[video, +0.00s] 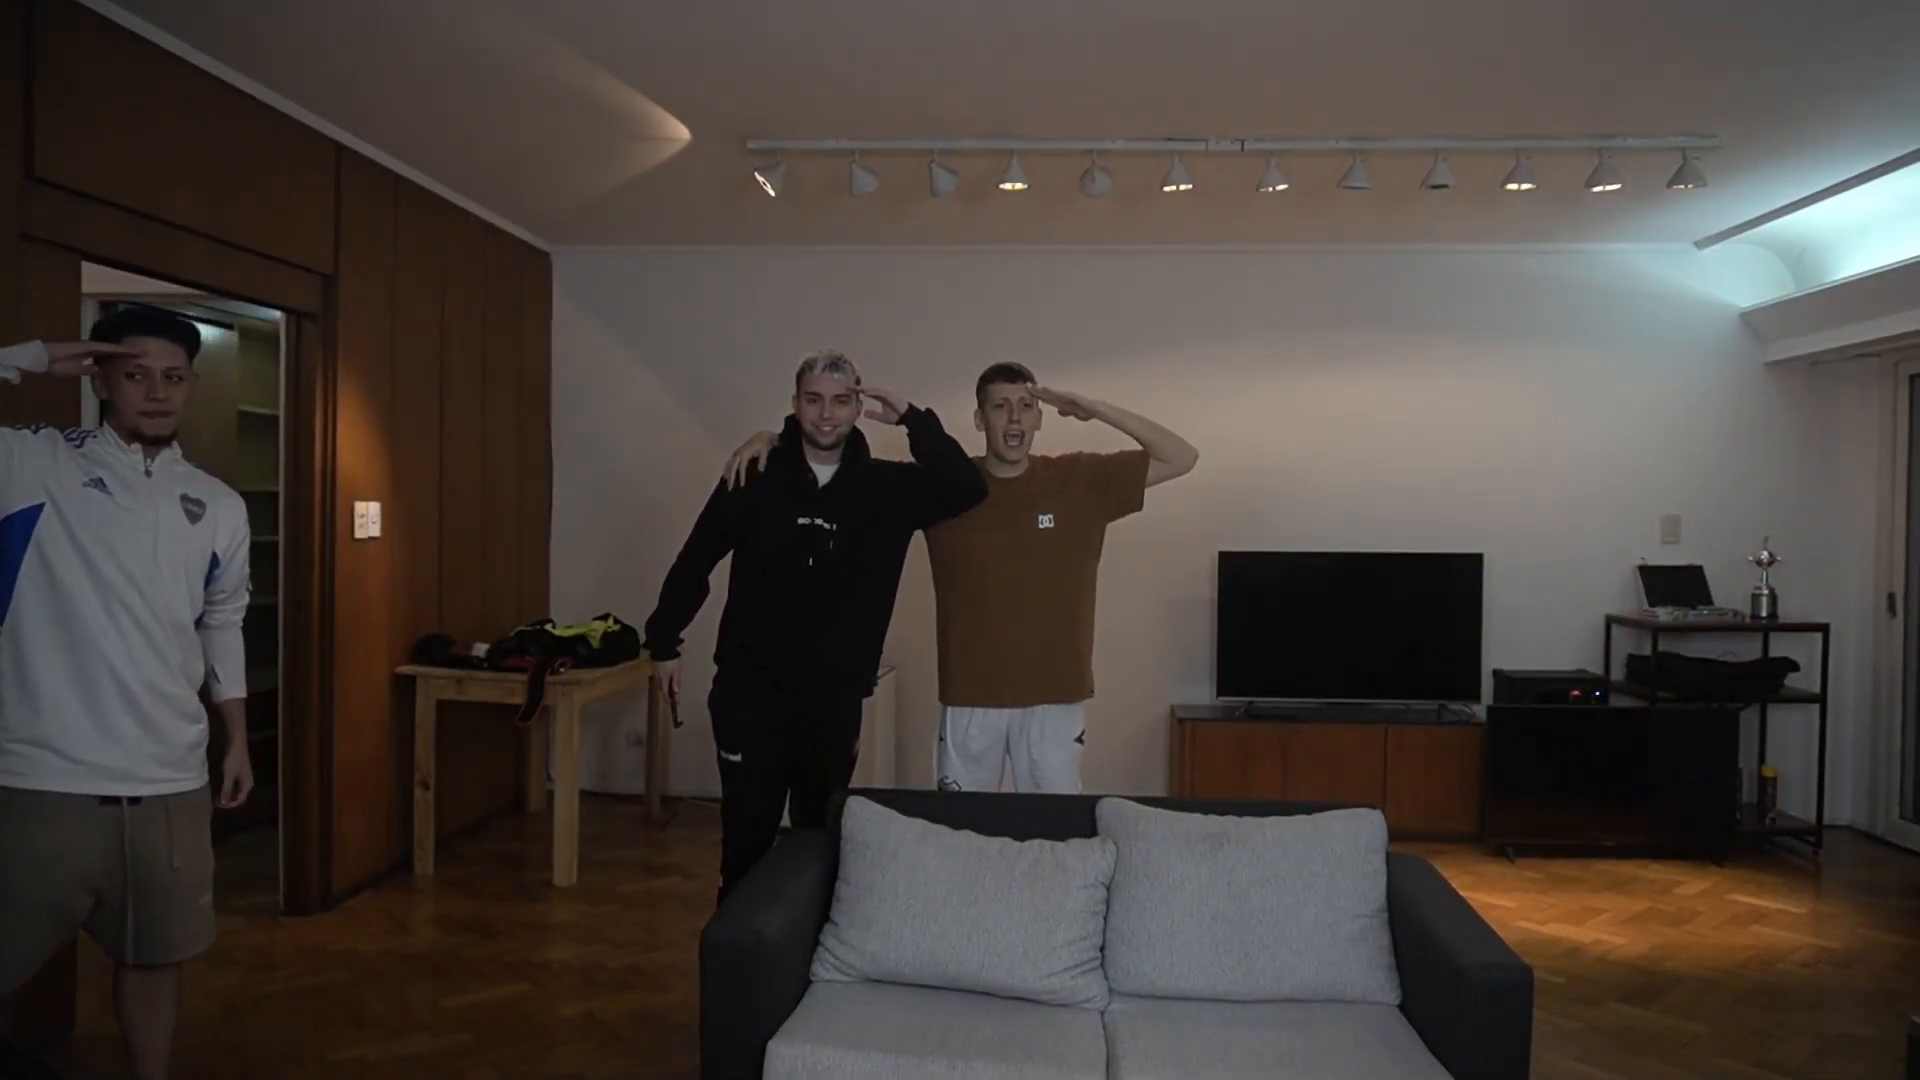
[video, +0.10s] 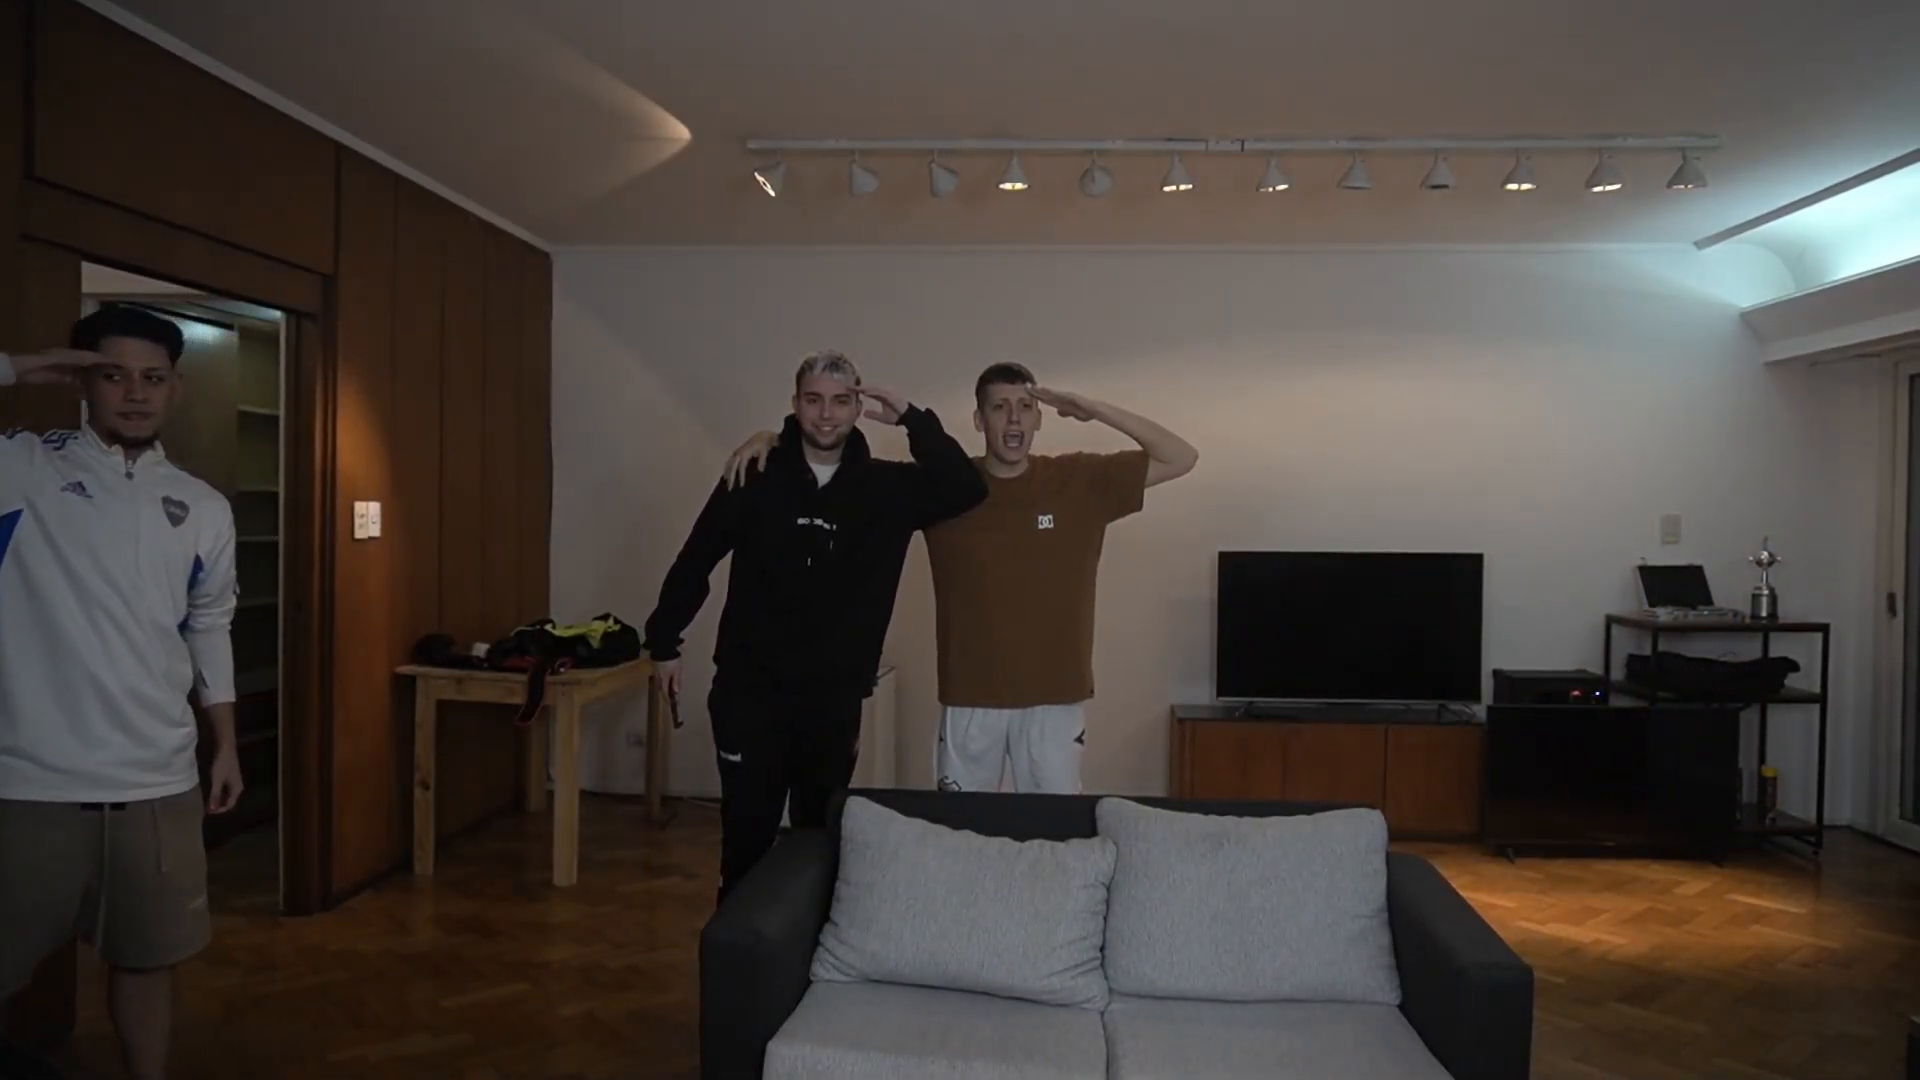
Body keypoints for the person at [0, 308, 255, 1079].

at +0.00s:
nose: (156, 391)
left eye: (173, 376)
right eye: (136, 373)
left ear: (191, 388)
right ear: (101, 381)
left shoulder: (219, 507)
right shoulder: (31, 465)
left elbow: (225, 623)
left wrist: (235, 735)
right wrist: (32, 358)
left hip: (169, 778)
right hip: (41, 774)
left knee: (155, 963)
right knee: (16, 972)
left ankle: (152, 1076)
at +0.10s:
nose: (135, 391)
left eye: (153, 376)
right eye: (115, 373)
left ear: (174, 390)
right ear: (81, 382)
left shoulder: (202, 508)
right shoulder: (21, 469)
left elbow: (211, 627)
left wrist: (225, 741)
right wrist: (26, 366)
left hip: (156, 781)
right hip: (31, 778)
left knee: (147, 965)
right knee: (11, 975)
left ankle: (150, 1077)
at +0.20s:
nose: (109, 389)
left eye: (126, 375)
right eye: (90, 373)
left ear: (148, 390)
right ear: (58, 386)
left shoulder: (181, 509)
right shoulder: (9, 473)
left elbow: (193, 631)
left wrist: (209, 748)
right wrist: (55, 410)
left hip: (140, 780)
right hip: (21, 778)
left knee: (140, 966)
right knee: (12, 975)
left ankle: (146, 1077)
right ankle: (22, 1072)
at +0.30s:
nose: (77, 386)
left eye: (96, 370)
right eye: (58, 369)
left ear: (124, 384)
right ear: (28, 378)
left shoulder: (159, 506)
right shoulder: (2, 475)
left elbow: (170, 627)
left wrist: (185, 751)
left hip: (117, 781)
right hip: (8, 779)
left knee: (128, 973)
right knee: (9, 976)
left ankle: (141, 1077)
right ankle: (15, 1074)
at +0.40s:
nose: (42, 386)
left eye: (61, 369)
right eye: (23, 367)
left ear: (93, 382)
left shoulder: (131, 506)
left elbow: (146, 631)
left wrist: (163, 755)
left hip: (93, 786)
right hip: (3, 787)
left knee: (122, 979)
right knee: (8, 994)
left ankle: (138, 1077)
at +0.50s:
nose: (11, 383)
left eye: (29, 365)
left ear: (65, 379)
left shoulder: (106, 504)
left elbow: (126, 632)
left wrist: (141, 754)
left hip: (76, 790)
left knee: (116, 984)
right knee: (16, 1002)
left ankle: (126, 1073)